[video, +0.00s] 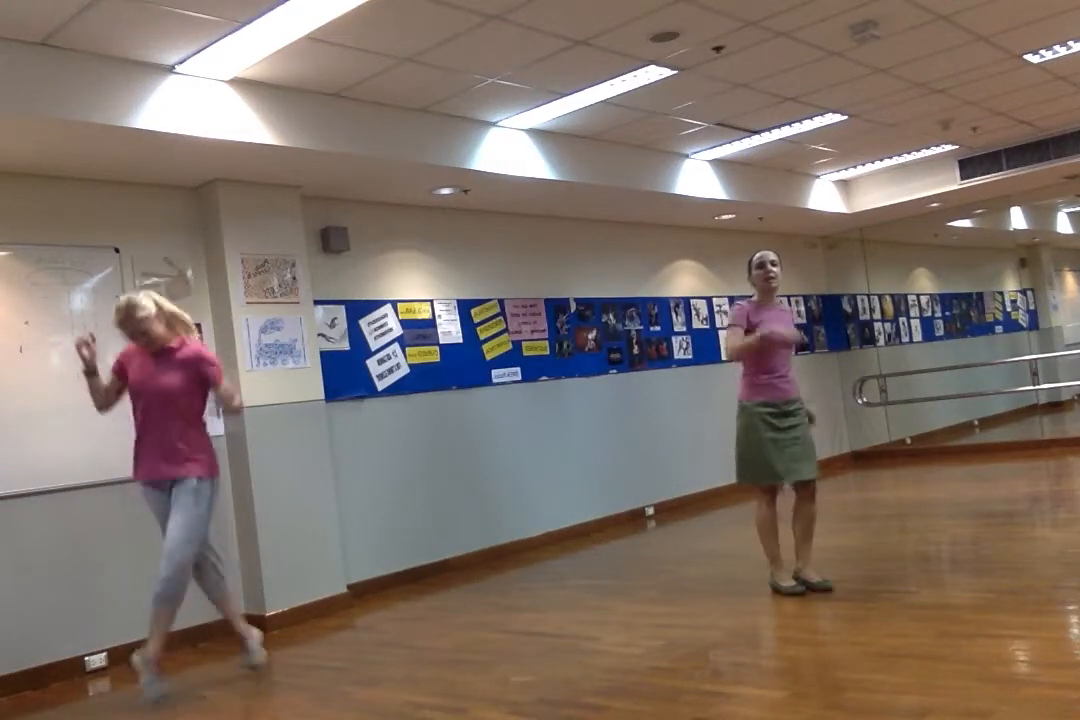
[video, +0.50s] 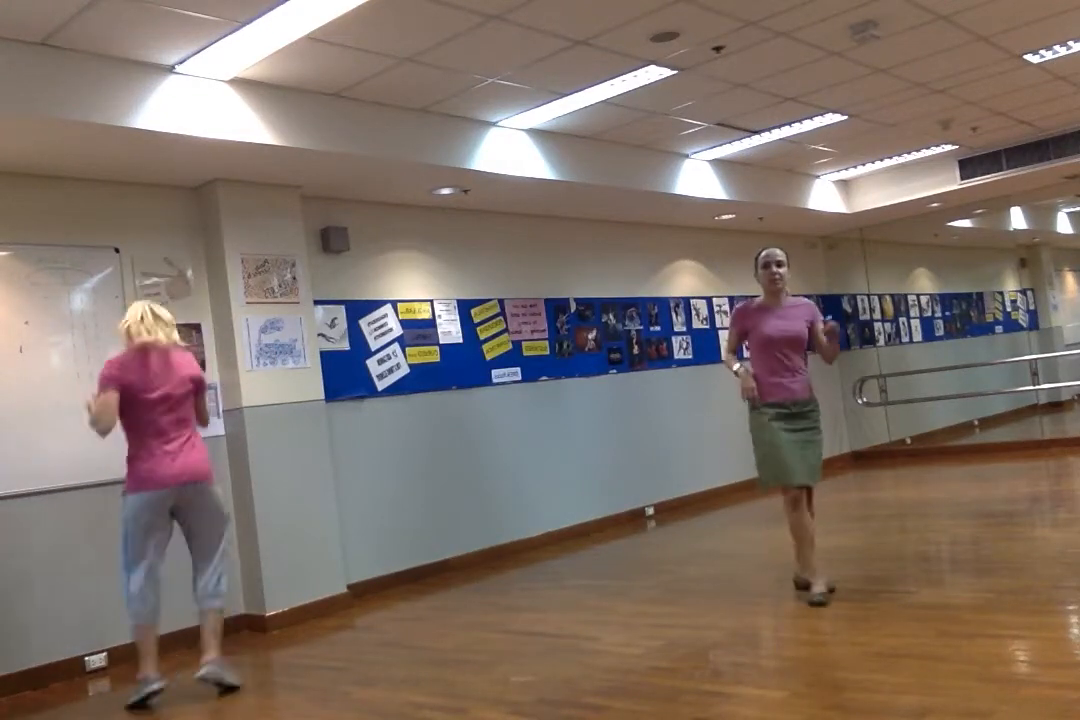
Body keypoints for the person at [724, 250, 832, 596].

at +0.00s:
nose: (768, 270)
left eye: (773, 264)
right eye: (760, 266)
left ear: (781, 273)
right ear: (751, 277)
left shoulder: (789, 315)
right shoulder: (743, 311)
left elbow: (787, 369)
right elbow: (731, 350)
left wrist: (802, 406)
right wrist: (761, 341)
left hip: (790, 406)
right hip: (757, 409)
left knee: (807, 485)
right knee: (767, 491)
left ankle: (803, 567)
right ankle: (776, 571)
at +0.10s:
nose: (773, 271)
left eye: (778, 265)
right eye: (765, 267)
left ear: (785, 273)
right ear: (755, 278)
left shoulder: (792, 315)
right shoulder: (746, 313)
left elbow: (790, 370)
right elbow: (732, 363)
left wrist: (812, 400)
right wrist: (770, 355)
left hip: (796, 409)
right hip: (763, 411)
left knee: (805, 491)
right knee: (771, 494)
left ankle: (803, 568)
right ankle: (777, 572)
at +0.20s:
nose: (777, 272)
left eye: (781, 266)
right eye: (769, 267)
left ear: (788, 273)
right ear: (758, 277)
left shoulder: (795, 313)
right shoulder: (746, 313)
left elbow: (794, 365)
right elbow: (733, 361)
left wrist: (825, 385)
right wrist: (761, 371)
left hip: (798, 407)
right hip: (765, 410)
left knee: (808, 492)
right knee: (785, 493)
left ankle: (804, 569)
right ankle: (779, 569)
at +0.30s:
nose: (778, 274)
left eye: (782, 268)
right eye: (770, 269)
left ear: (790, 275)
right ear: (759, 278)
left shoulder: (801, 315)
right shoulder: (746, 315)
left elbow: (813, 363)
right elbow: (730, 361)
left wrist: (839, 361)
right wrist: (750, 377)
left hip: (800, 409)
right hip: (767, 412)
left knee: (812, 493)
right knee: (795, 491)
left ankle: (805, 570)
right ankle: (784, 565)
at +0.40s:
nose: (777, 271)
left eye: (781, 265)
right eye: (769, 267)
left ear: (790, 272)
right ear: (759, 276)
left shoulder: (804, 310)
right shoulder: (746, 313)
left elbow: (824, 357)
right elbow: (728, 354)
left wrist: (838, 342)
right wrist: (744, 375)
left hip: (803, 408)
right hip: (769, 410)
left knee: (809, 492)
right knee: (797, 490)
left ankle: (807, 569)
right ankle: (799, 569)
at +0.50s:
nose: (775, 271)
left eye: (779, 265)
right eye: (767, 266)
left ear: (788, 271)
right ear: (757, 275)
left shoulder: (807, 309)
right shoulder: (746, 313)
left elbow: (829, 355)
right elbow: (730, 353)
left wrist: (825, 337)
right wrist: (742, 371)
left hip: (805, 409)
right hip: (769, 411)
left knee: (805, 496)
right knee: (794, 493)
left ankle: (802, 572)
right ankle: (815, 578)